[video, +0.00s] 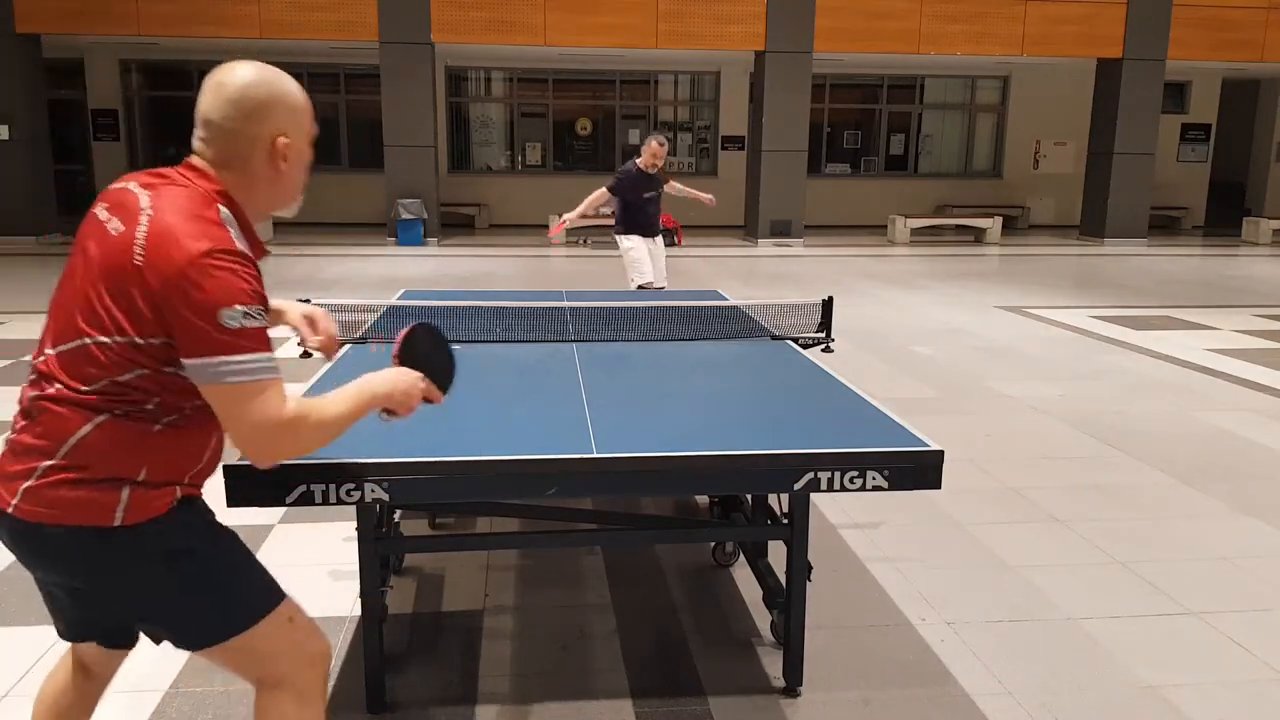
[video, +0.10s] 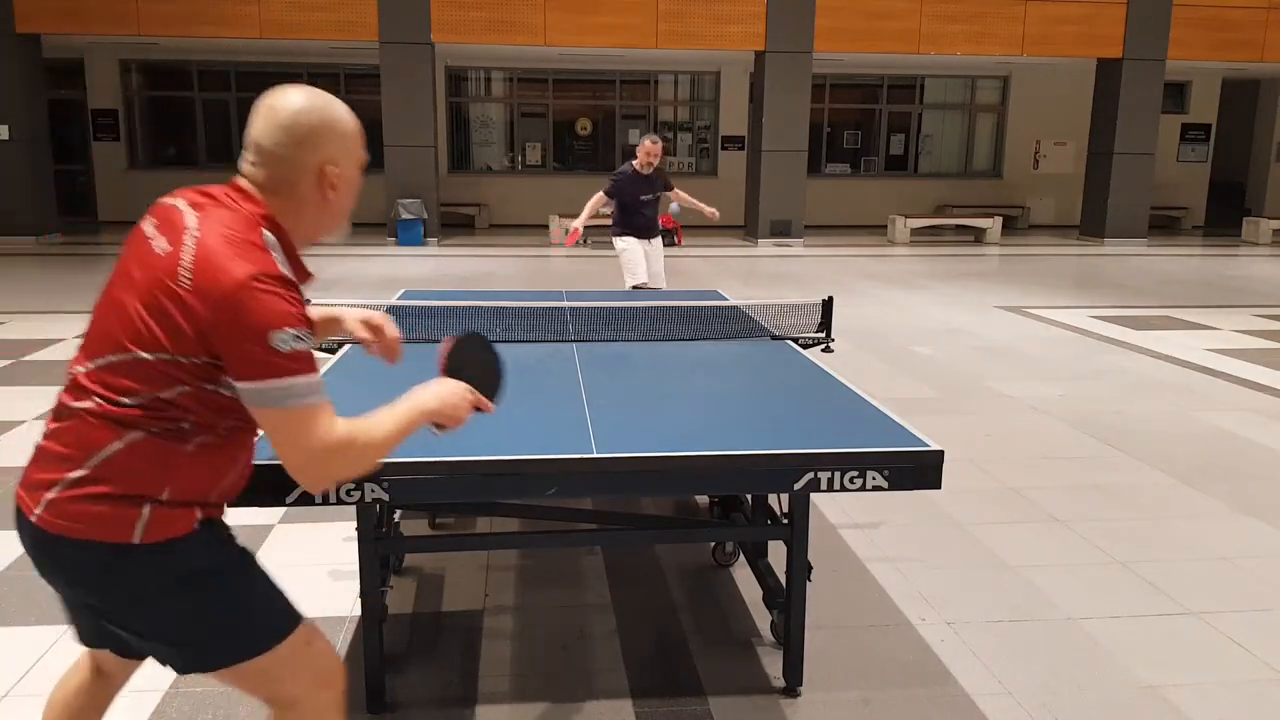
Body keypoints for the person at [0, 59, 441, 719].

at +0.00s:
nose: (313, 161)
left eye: (312, 144)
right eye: (310, 143)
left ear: (206, 133)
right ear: (279, 151)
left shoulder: (131, 194)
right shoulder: (203, 255)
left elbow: (170, 302)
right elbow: (268, 437)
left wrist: (279, 311)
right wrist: (374, 390)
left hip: (39, 496)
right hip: (120, 510)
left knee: (90, 657)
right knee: (297, 662)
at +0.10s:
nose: (356, 189)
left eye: (360, 172)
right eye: (359, 172)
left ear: (256, 157)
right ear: (328, 180)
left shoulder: (182, 208)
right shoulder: (248, 281)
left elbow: (222, 321)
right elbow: (319, 462)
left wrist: (335, 321)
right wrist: (425, 403)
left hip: (59, 504)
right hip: (134, 529)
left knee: (108, 661)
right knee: (315, 686)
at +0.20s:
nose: (409, 230)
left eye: (411, 216)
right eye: (409, 216)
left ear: (305, 193)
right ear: (379, 222)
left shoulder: (244, 234)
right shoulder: (288, 321)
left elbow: (308, 355)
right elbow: (328, 507)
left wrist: (398, 332)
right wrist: (451, 479)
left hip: (90, 515)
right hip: (152, 544)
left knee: (150, 652)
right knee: (346, 680)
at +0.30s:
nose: (436, 268)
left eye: (442, 252)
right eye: (439, 252)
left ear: (345, 216)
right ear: (411, 252)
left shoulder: (293, 254)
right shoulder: (291, 348)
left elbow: (385, 351)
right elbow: (228, 542)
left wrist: (430, 333)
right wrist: (358, 604)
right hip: (144, 546)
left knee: (175, 658)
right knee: (350, 670)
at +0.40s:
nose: (437, 278)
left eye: (442, 265)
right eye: (439, 262)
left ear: (346, 220)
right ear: (406, 258)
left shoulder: (310, 256)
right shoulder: (273, 356)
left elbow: (392, 342)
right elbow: (156, 524)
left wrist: (429, 324)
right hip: (166, 537)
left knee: (184, 674)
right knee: (355, 678)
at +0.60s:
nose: (357, 177)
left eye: (358, 159)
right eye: (348, 158)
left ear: (278, 156)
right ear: (287, 160)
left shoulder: (186, 199)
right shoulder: (209, 276)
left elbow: (257, 298)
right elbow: (240, 469)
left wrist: (319, 262)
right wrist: (366, 502)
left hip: (118, 501)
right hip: (174, 519)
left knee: (158, 657)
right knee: (327, 680)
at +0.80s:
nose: (207, 97)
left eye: (206, 81)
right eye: (200, 80)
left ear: (92, 82)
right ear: (162, 92)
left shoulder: (21, 185)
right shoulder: (148, 165)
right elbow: (307, 88)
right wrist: (234, 11)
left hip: (42, 501)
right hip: (153, 502)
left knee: (83, 669)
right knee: (285, 686)